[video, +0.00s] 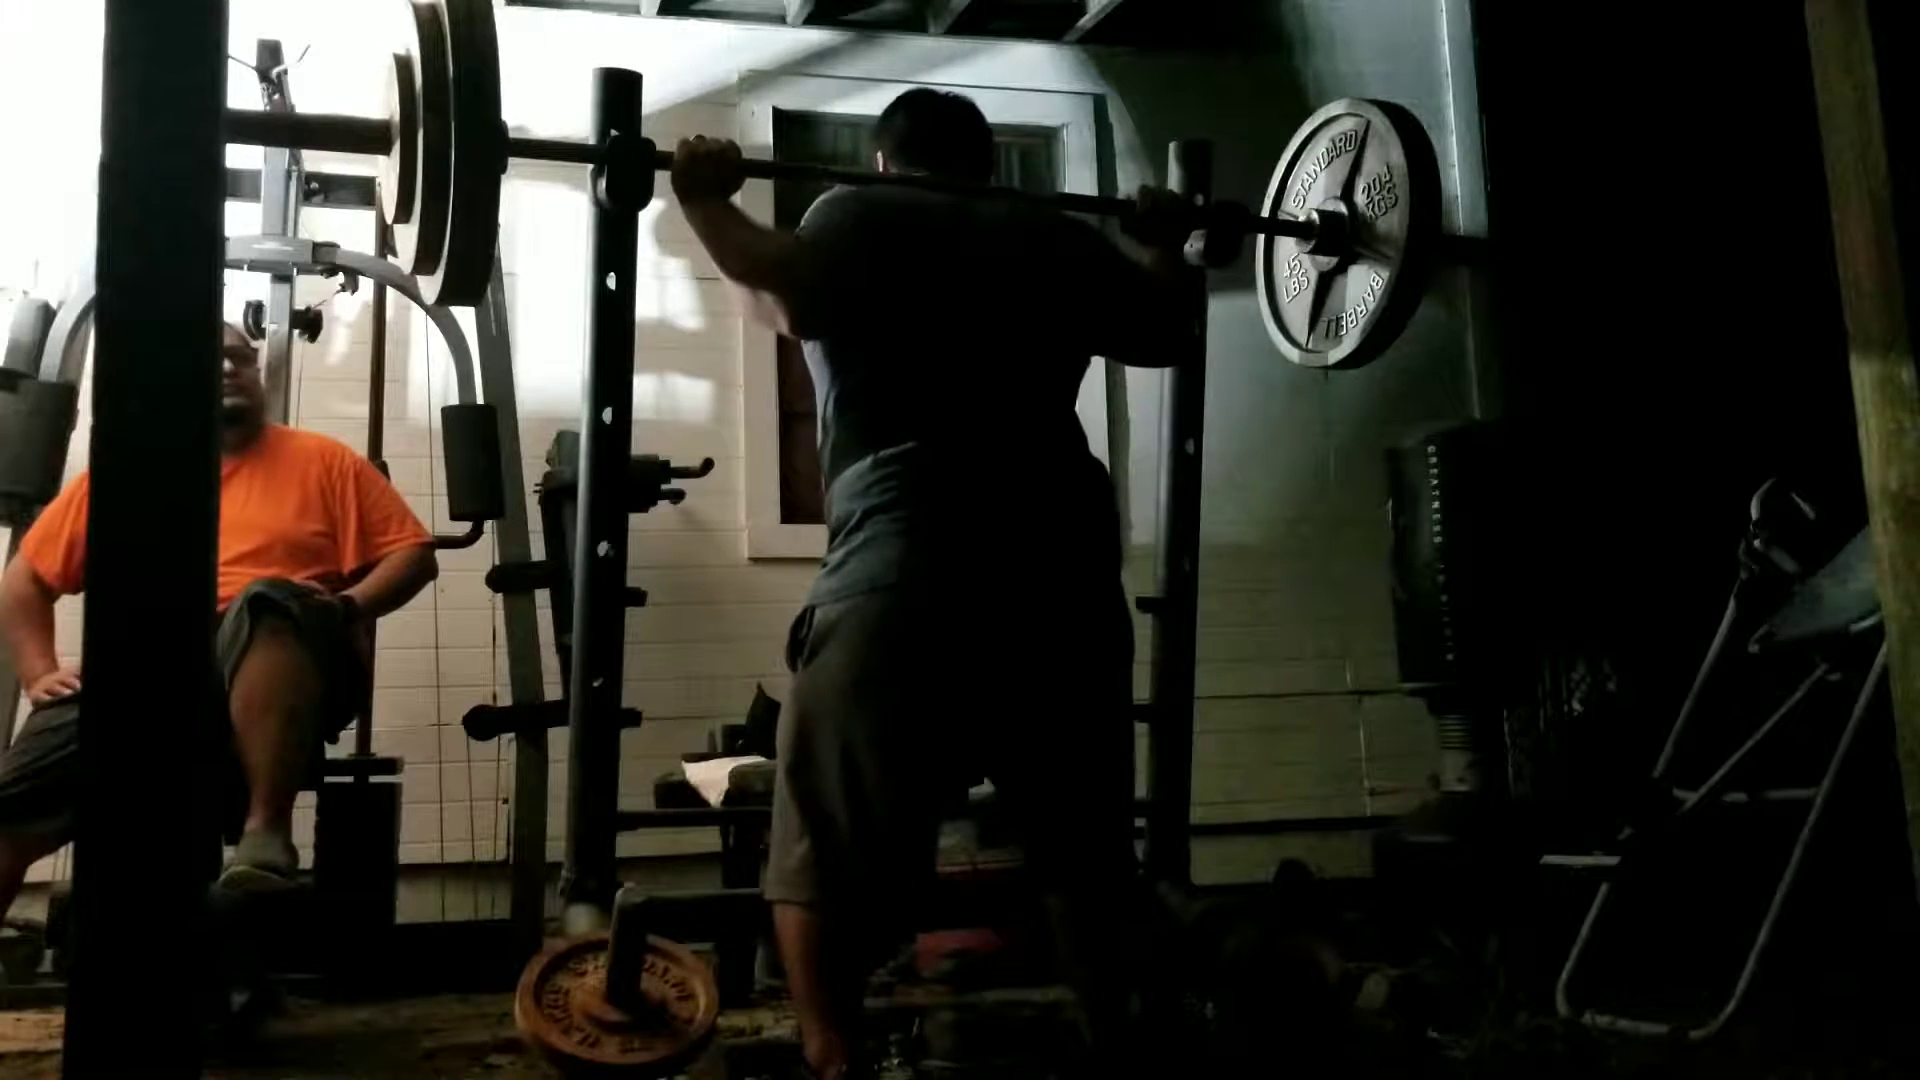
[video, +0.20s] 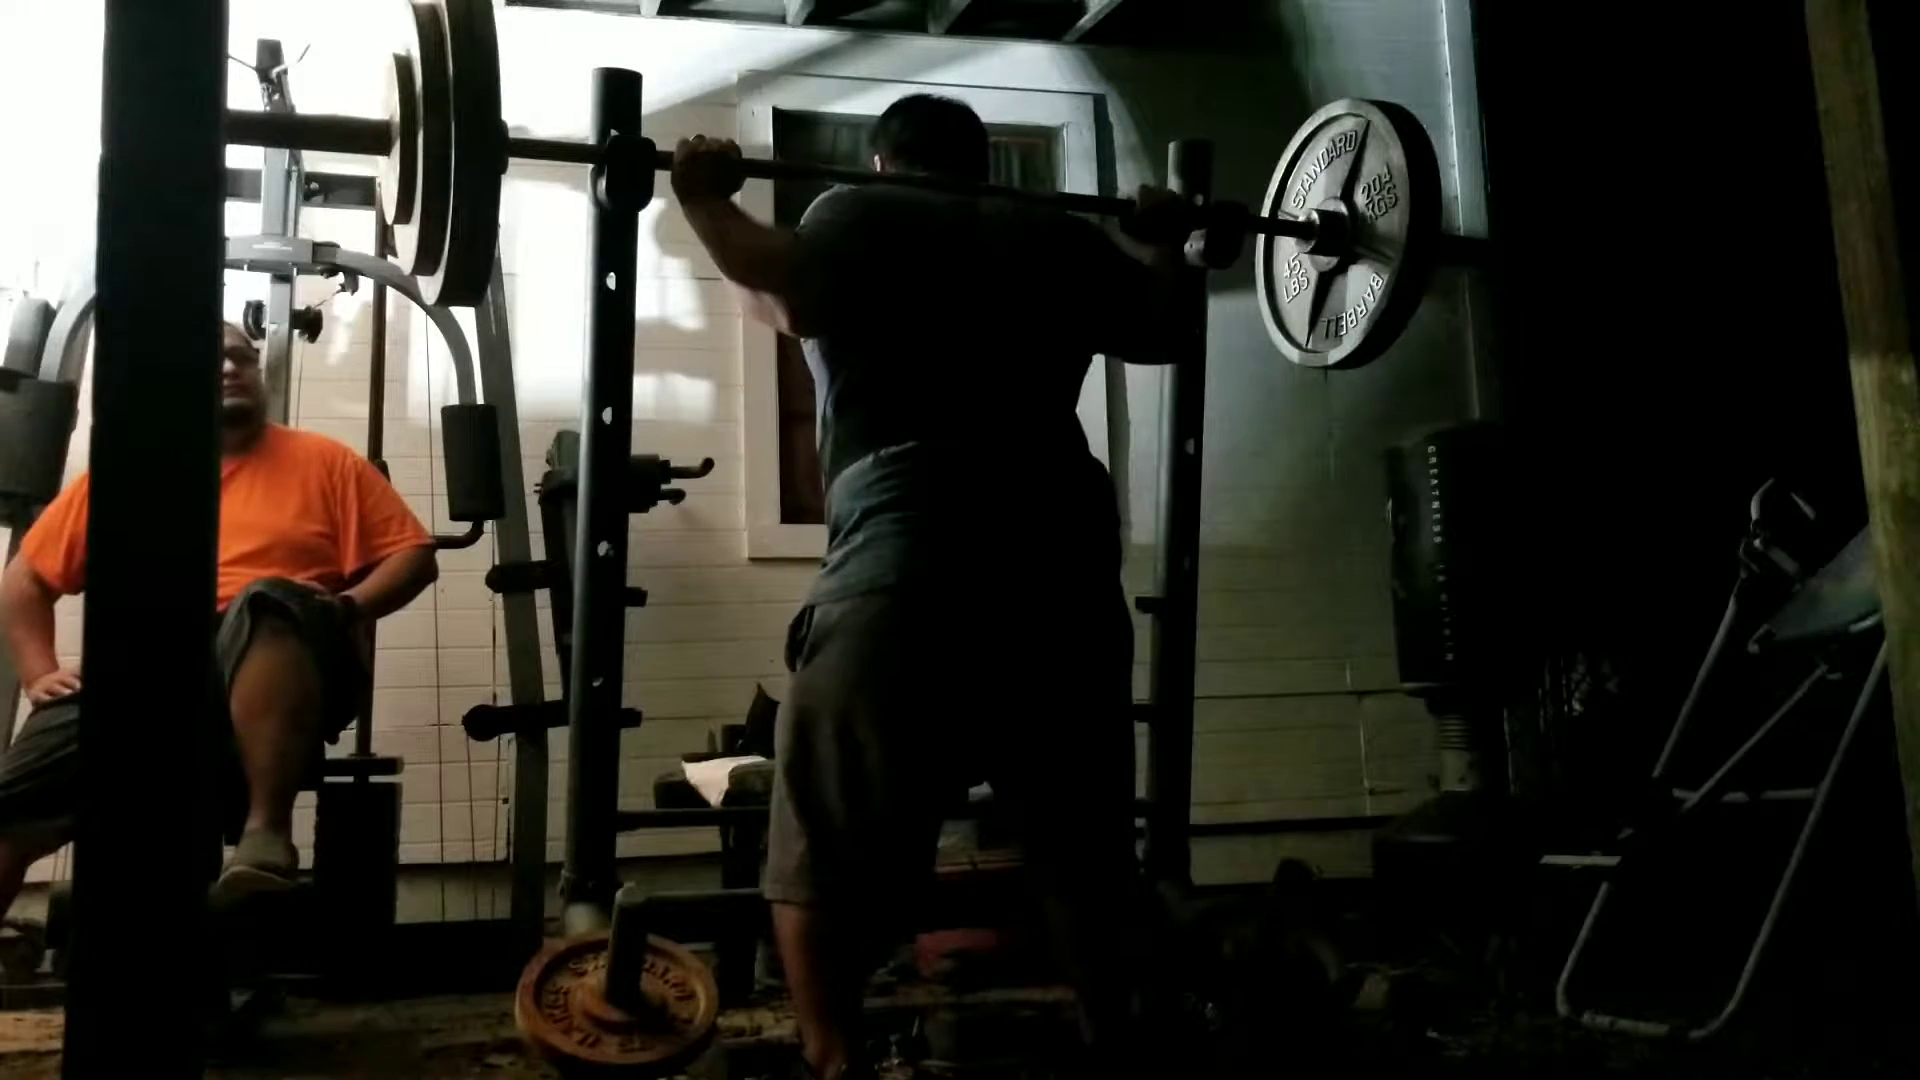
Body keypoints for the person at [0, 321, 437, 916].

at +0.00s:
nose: (230, 370)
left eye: (242, 357)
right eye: (213, 358)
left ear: (264, 375)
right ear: (185, 376)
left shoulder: (324, 462)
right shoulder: (131, 468)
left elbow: (414, 552)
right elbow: (24, 575)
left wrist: (350, 603)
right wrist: (39, 672)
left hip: (287, 669)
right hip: (146, 668)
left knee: (271, 604)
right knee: (14, 805)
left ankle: (266, 829)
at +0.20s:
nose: (231, 368)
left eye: (243, 357)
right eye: (214, 357)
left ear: (264, 376)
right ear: (185, 376)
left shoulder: (325, 463)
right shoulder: (129, 469)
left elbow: (414, 554)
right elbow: (24, 575)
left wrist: (350, 603)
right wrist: (39, 671)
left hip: (285, 668)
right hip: (144, 667)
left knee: (272, 604)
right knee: (11, 814)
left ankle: (266, 830)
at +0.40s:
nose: (231, 368)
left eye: (243, 357)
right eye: (213, 358)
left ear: (265, 376)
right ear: (185, 377)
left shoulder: (325, 463)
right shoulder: (129, 470)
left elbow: (415, 554)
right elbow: (24, 575)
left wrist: (351, 603)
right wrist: (39, 671)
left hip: (283, 668)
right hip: (143, 667)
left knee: (272, 605)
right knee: (13, 816)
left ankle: (266, 831)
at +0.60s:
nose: (231, 368)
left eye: (243, 357)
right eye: (214, 358)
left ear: (265, 376)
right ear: (186, 377)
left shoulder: (325, 463)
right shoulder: (129, 471)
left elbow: (415, 555)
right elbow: (24, 575)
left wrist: (351, 603)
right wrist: (39, 671)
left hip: (286, 668)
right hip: (145, 668)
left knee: (272, 604)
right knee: (12, 816)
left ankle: (266, 831)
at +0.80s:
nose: (231, 369)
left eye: (242, 358)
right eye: (213, 358)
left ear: (264, 376)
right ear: (186, 378)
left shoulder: (324, 463)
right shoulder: (130, 470)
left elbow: (415, 555)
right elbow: (25, 577)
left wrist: (351, 604)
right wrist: (39, 672)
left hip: (286, 668)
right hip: (146, 667)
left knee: (271, 604)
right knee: (11, 812)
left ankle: (267, 829)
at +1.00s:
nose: (230, 370)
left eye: (242, 358)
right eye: (213, 359)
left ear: (264, 375)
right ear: (186, 378)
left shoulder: (324, 463)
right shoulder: (131, 470)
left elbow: (415, 555)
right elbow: (25, 577)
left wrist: (351, 604)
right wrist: (39, 672)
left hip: (285, 667)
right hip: (146, 667)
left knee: (271, 604)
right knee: (11, 813)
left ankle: (267, 829)